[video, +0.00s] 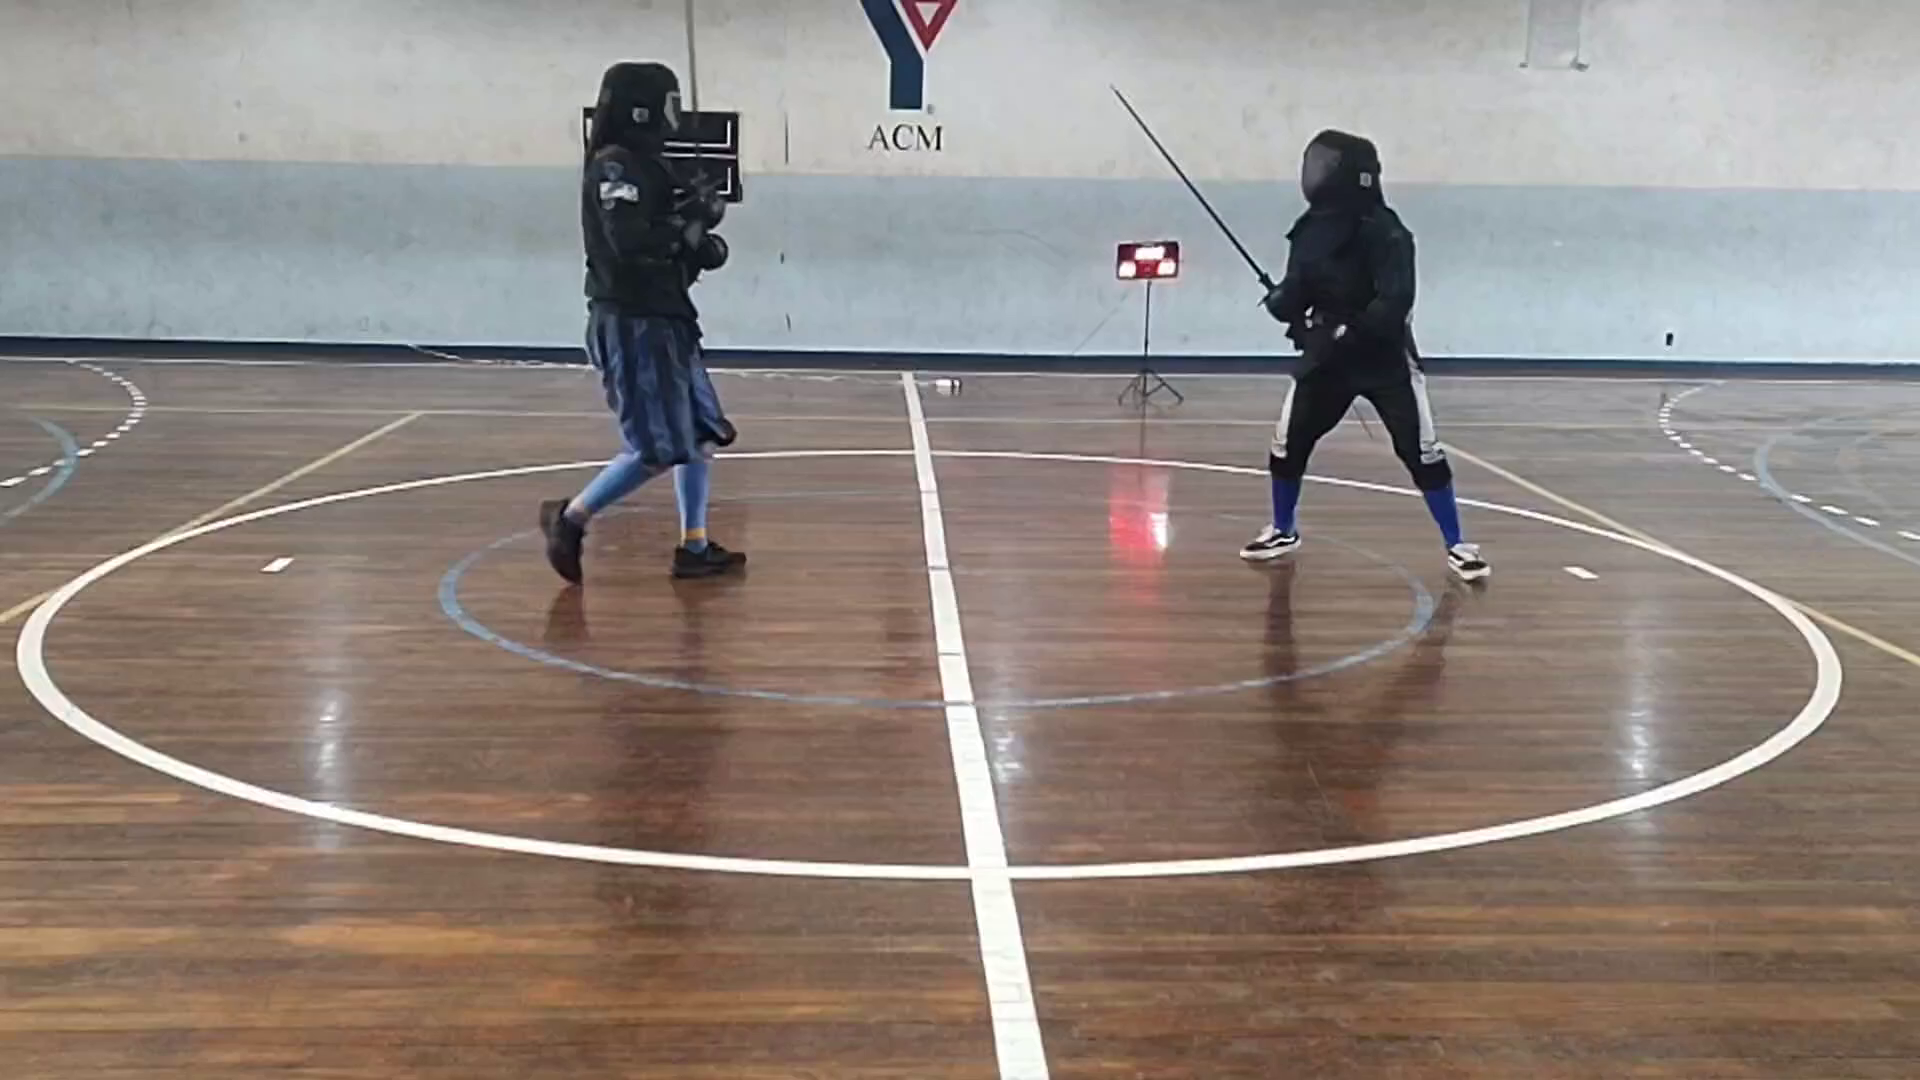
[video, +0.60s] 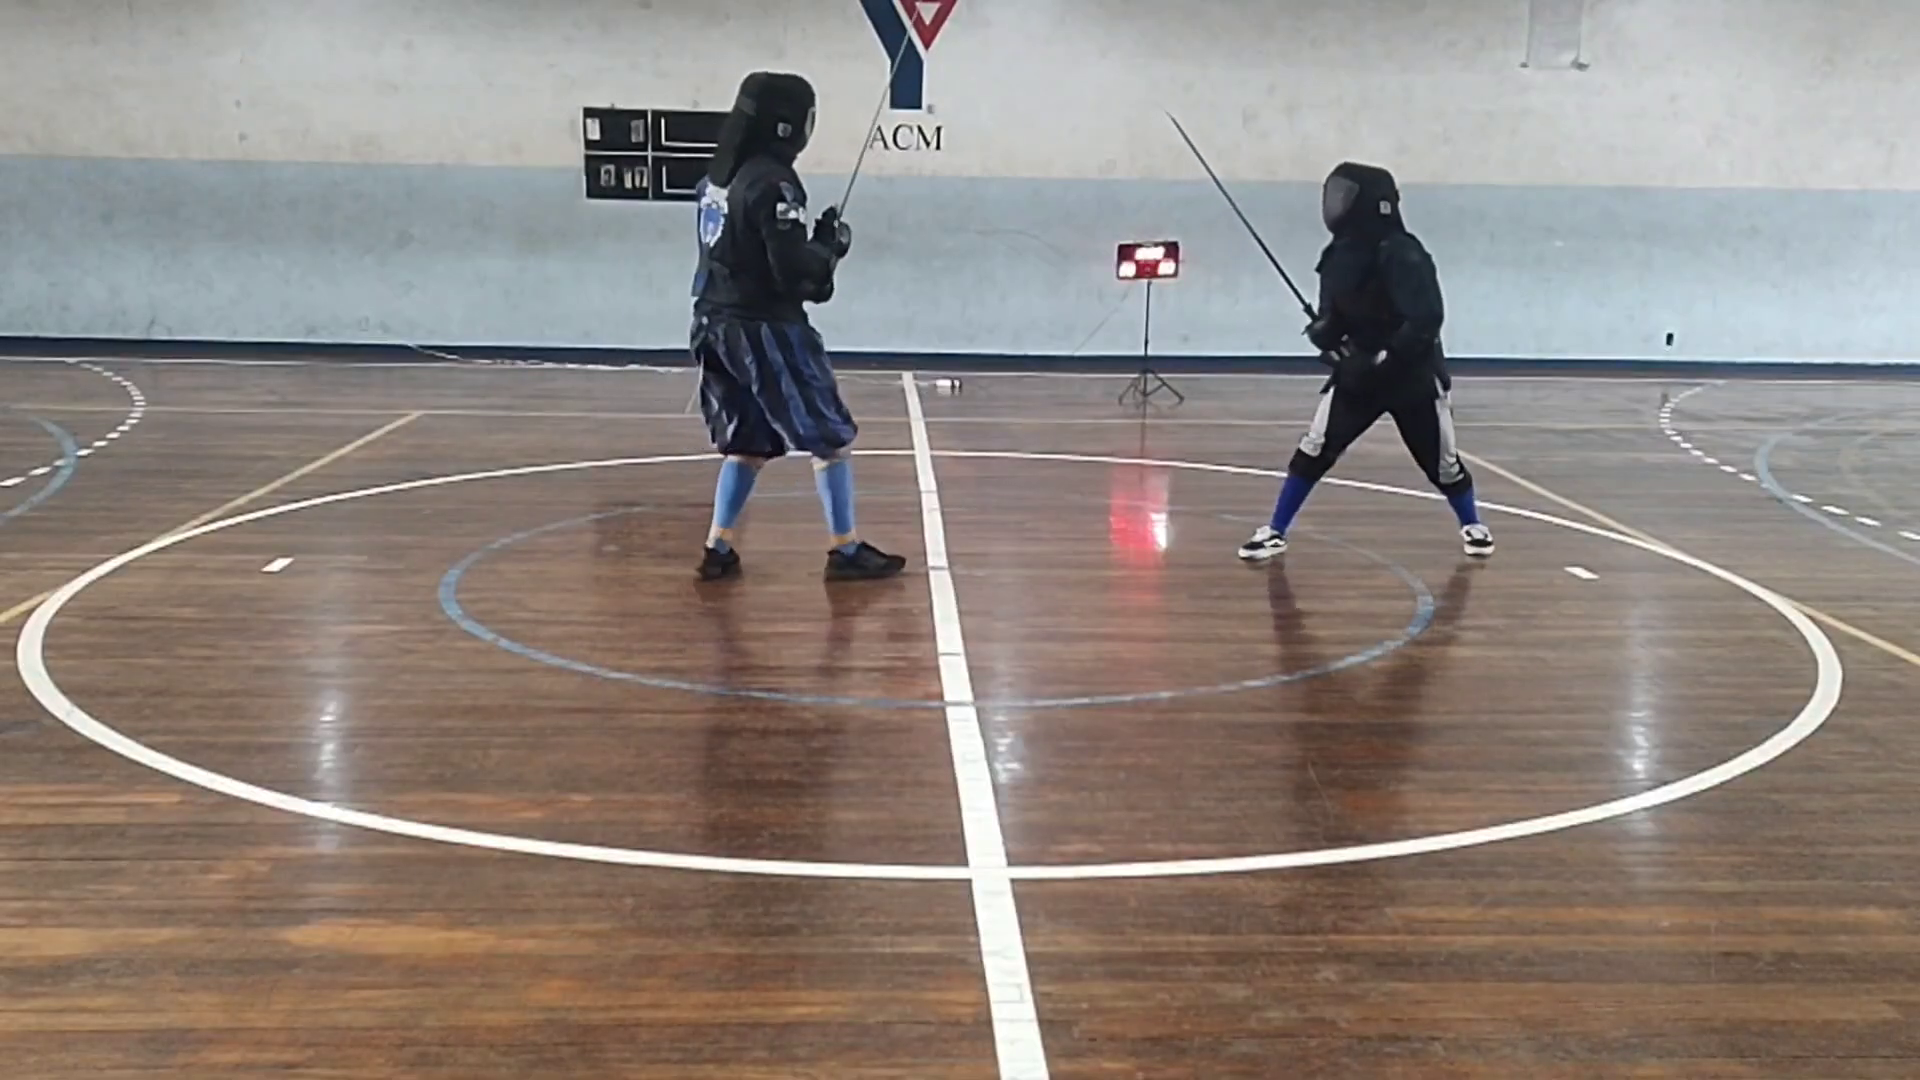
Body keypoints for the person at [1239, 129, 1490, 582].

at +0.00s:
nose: (1305, 172)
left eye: (1315, 163)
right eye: (1307, 162)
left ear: (1345, 171)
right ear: (1325, 171)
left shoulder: (1384, 229)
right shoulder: (1309, 229)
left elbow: (1396, 300)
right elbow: (1293, 297)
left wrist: (1348, 333)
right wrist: (1281, 299)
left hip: (1385, 357)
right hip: (1326, 358)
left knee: (1421, 452)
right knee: (1288, 443)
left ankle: (1457, 545)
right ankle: (1283, 531)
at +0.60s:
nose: (1332, 204)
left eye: (1343, 195)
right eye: (1331, 194)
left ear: (1370, 201)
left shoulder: (1402, 252)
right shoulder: (1336, 255)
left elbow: (1427, 316)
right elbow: (1332, 314)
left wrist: (1387, 357)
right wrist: (1322, 330)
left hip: (1411, 371)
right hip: (1358, 370)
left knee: (1442, 459)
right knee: (1314, 449)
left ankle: (1471, 525)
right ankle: (1275, 530)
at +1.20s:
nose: (1355, 212)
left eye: (1366, 203)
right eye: (1356, 202)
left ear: (1395, 211)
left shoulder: (1428, 269)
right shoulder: (1352, 260)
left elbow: (1417, 347)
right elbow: (1326, 324)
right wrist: (1309, 310)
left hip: (1407, 387)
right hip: (1346, 380)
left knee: (1446, 467)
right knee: (1276, 435)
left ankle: (1473, 526)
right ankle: (1242, 516)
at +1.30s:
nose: (1343, 207)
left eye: (1353, 199)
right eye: (1342, 198)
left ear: (1378, 204)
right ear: (1342, 205)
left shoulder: (1402, 250)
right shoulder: (1329, 249)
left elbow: (1376, 295)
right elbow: (1275, 279)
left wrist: (1324, 275)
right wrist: (1244, 259)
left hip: (1385, 378)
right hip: (1323, 377)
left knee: (1444, 456)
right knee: (1260, 446)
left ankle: (1472, 527)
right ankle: (1210, 519)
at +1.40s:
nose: (1333, 207)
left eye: (1342, 199)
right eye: (1329, 198)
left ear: (1360, 201)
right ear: (1323, 198)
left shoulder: (1385, 237)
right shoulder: (1311, 230)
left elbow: (1340, 236)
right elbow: (1263, 228)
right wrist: (1226, 198)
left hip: (1367, 377)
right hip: (1308, 375)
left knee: (1434, 451)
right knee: (1249, 449)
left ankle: (1468, 528)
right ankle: (1209, 519)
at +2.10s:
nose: (1326, 177)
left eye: (1335, 169)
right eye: (1322, 168)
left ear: (1357, 175)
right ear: (1313, 171)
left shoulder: (1372, 219)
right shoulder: (1302, 209)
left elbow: (1360, 234)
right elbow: (1253, 228)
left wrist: (1293, 197)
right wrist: (1228, 199)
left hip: (1339, 352)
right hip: (1281, 348)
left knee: (1382, 441)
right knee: (1238, 434)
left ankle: (1425, 521)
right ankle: (1208, 519)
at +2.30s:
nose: (1324, 176)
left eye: (1336, 166)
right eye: (1318, 166)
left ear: (1357, 174)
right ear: (1310, 171)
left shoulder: (1374, 220)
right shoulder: (1296, 221)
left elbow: (1399, 244)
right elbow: (1273, 292)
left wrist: (1341, 221)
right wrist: (1269, 248)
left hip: (1337, 349)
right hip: (1281, 343)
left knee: (1351, 443)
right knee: (1236, 430)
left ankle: (1375, 524)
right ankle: (1206, 516)